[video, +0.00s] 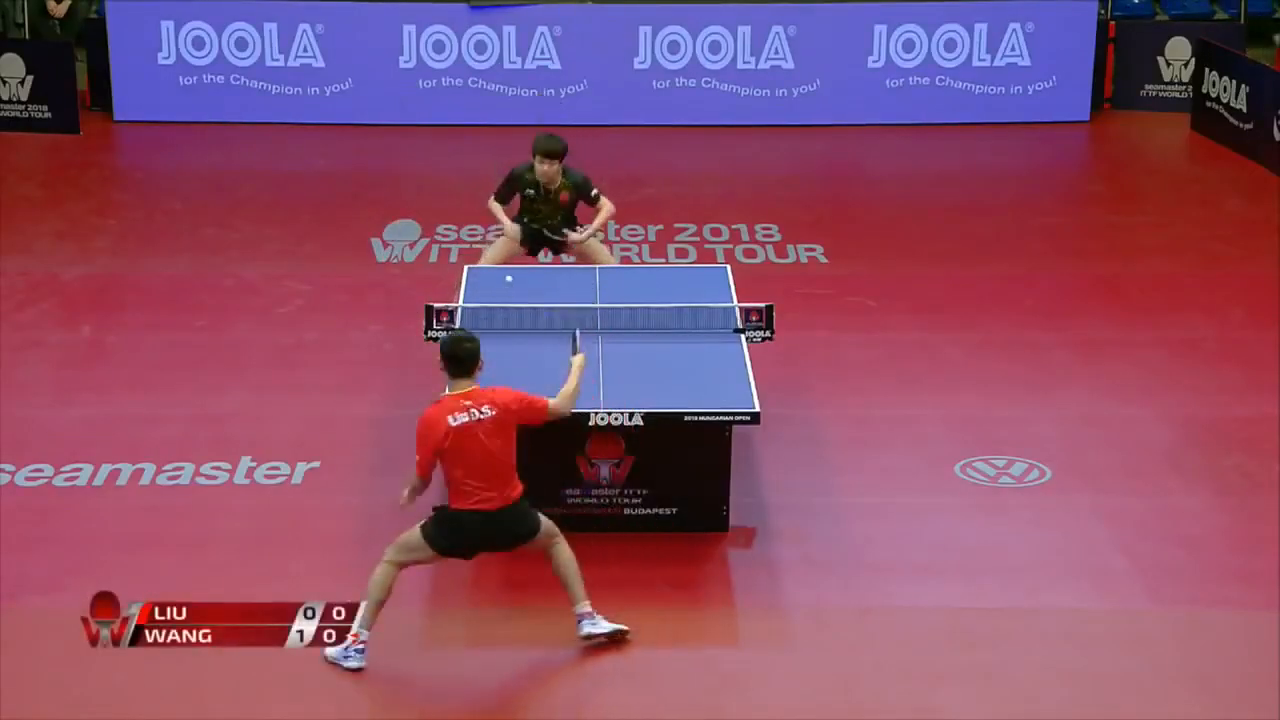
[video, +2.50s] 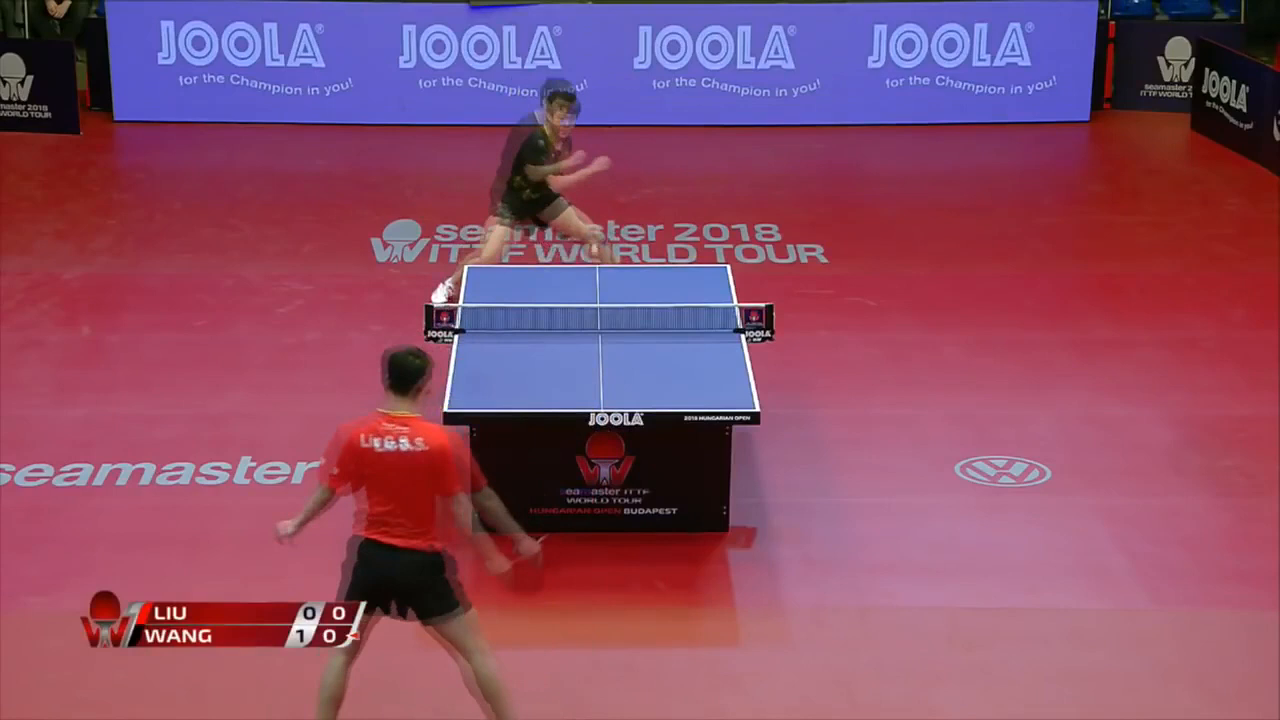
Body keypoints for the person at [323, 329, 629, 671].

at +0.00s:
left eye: (443, 361)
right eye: (481, 359)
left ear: (444, 367)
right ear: (479, 365)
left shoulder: (434, 417)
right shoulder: (503, 401)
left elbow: (423, 477)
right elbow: (561, 408)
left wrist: (410, 492)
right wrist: (578, 370)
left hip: (461, 524)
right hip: (512, 518)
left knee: (393, 557)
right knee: (554, 539)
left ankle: (356, 642)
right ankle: (587, 616)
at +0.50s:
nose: (529, 376)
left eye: (530, 371)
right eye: (561, 375)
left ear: (532, 375)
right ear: (567, 376)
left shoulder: (522, 415)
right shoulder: (583, 411)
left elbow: (476, 460)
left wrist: (437, 439)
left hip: (530, 532)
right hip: (578, 534)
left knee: (462, 556)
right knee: (635, 566)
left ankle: (429, 644)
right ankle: (678, 649)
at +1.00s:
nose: (530, 385)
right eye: (531, 380)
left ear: (491, 381)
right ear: (527, 385)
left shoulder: (463, 418)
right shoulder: (541, 425)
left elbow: (430, 469)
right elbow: (584, 470)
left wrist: (456, 490)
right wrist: (580, 442)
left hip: (461, 538)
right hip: (511, 543)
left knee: (409, 583)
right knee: (582, 584)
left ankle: (357, 661)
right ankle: (604, 680)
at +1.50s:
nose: (428, 393)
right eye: (424, 388)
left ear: (386, 402)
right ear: (422, 395)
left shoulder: (381, 456)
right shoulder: (446, 419)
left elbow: (367, 502)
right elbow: (464, 369)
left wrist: (388, 453)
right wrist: (414, 351)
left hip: (427, 552)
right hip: (478, 546)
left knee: (376, 573)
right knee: (541, 584)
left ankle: (344, 656)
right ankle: (547, 663)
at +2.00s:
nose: (476, 423)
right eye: (476, 417)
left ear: (435, 421)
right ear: (472, 424)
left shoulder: (405, 456)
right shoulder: (478, 478)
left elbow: (376, 489)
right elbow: (513, 532)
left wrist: (420, 485)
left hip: (385, 586)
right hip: (438, 592)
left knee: (343, 619)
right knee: (515, 622)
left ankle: (291, 690)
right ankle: (533, 713)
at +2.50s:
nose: (430, 387)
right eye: (429, 381)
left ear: (386, 381)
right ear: (424, 386)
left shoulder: (354, 434)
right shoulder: (441, 441)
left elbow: (327, 493)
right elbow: (463, 512)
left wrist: (295, 525)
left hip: (371, 560)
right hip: (424, 565)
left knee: (343, 652)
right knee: (476, 653)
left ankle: (323, 717)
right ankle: (506, 715)